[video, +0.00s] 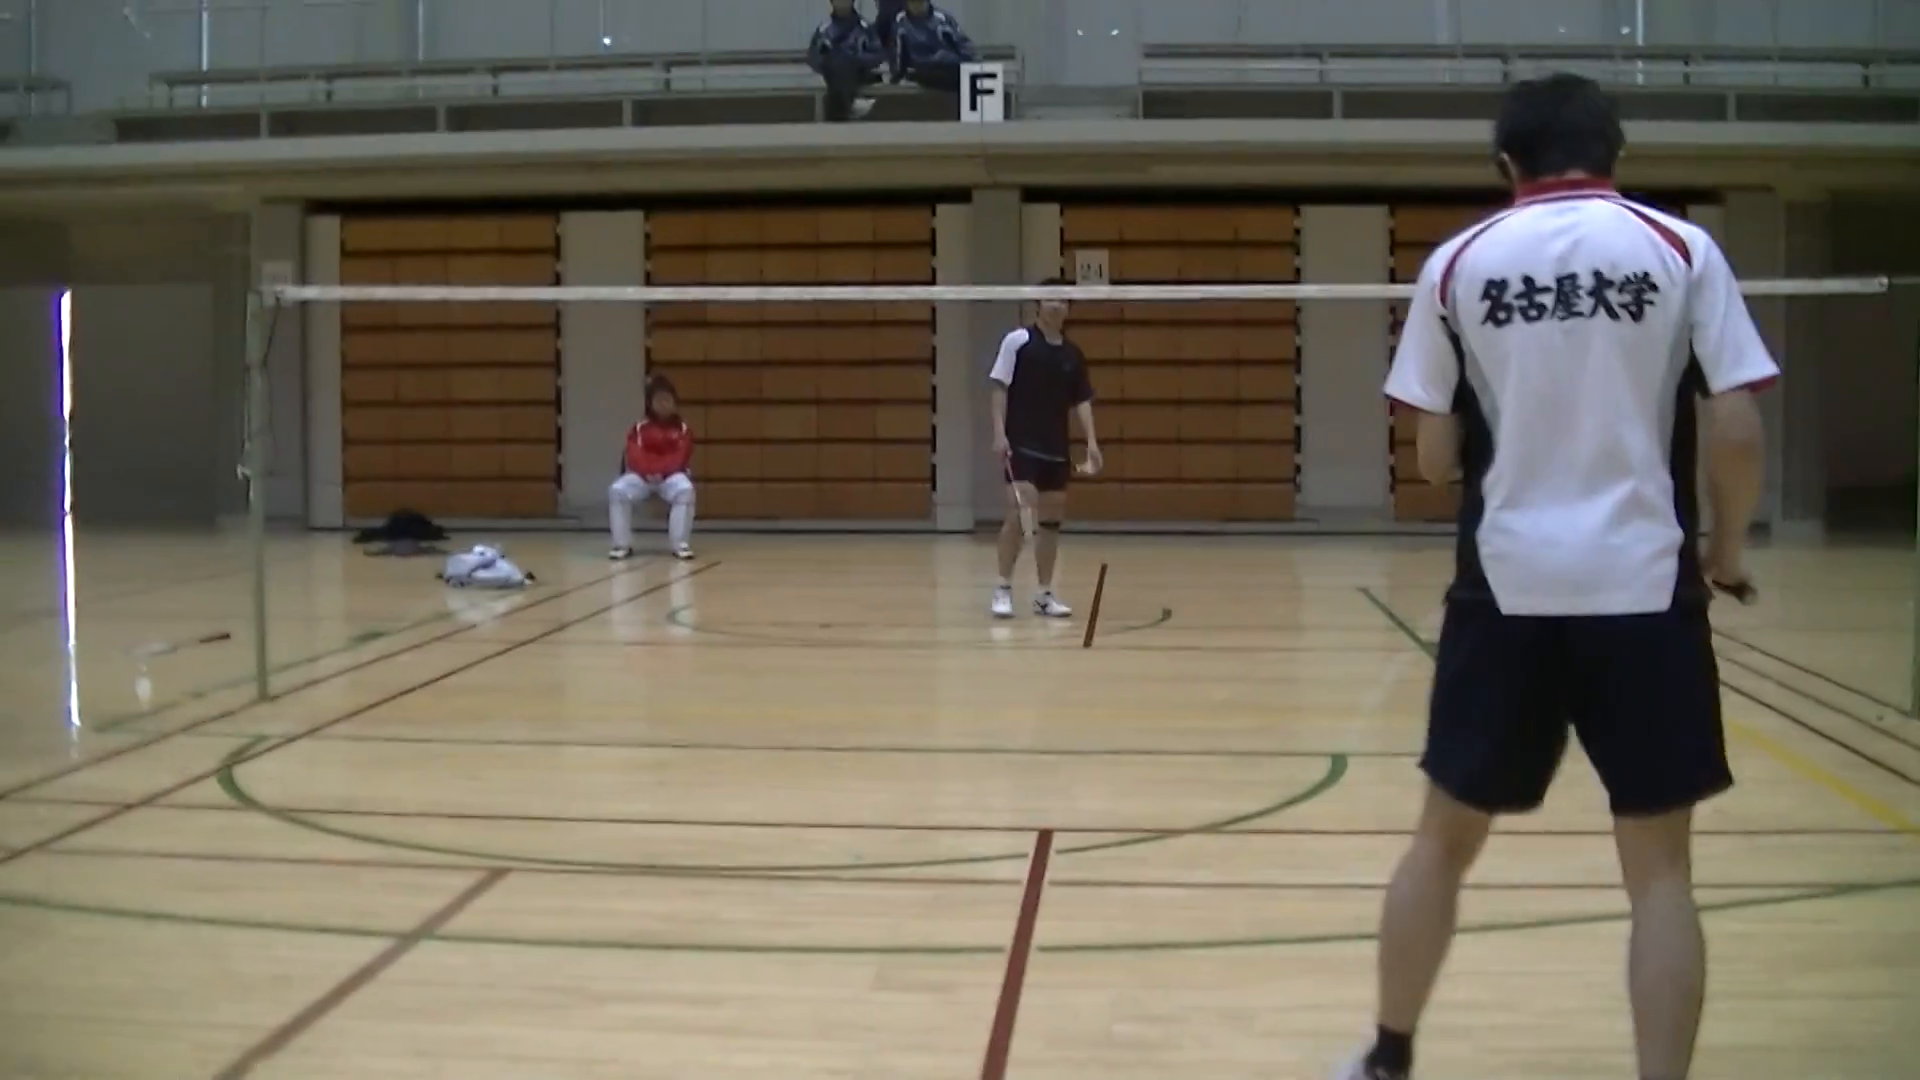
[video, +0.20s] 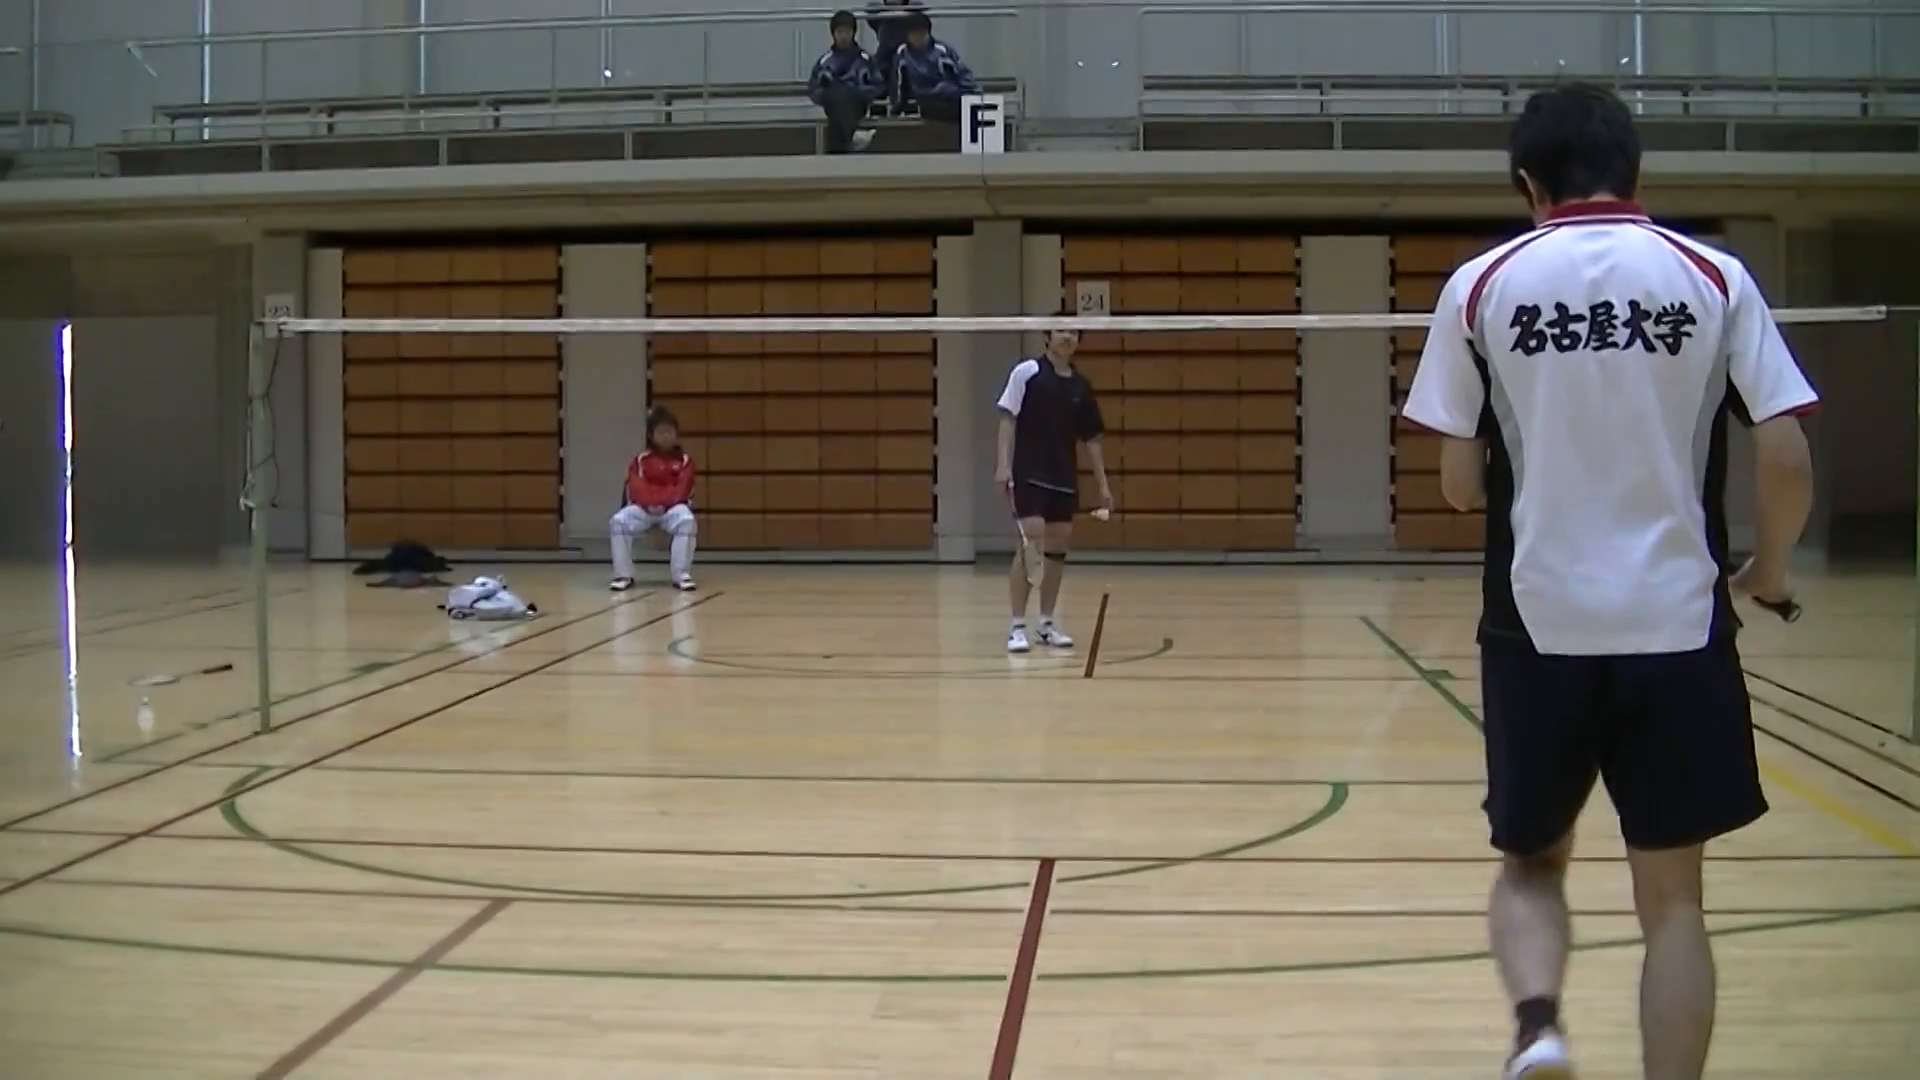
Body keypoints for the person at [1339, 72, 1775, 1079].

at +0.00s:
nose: (1506, 173)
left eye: (1503, 159)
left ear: (1508, 165)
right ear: (1613, 158)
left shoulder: (1458, 264)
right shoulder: (1686, 250)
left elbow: (1437, 458)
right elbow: (1735, 429)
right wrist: (1726, 550)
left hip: (1505, 604)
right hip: (1645, 606)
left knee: (1440, 842)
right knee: (1659, 872)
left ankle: (1388, 1058)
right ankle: (1663, 1078)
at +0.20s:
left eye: (1523, 179)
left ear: (1529, 183)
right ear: (1634, 174)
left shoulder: (1481, 287)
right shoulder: (1715, 276)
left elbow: (1462, 479)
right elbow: (1786, 457)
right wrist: (1770, 566)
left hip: (1539, 637)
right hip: (1675, 636)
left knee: (1530, 860)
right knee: (1673, 902)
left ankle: (1538, 1031)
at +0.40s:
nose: (1497, 207)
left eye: (1494, 196)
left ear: (1510, 195)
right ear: (1614, 187)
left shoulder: (1470, 296)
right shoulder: (1707, 281)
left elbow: (1452, 498)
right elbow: (1776, 458)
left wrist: (1517, 503)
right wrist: (1756, 583)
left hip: (1538, 657)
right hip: (1677, 651)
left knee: (1544, 915)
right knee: (1668, 915)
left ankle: (1549, 1079)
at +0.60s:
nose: (1482, 223)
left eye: (1477, 210)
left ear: (1491, 205)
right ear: (1598, 189)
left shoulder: (1455, 299)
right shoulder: (1694, 274)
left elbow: (1441, 505)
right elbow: (1767, 443)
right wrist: (1746, 583)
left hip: (1530, 650)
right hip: (1671, 644)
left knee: (1536, 919)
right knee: (1655, 895)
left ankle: (1544, 1079)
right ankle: (1654, 1073)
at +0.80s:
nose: (1494, 207)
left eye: (1492, 191)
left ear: (1503, 191)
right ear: (1608, 173)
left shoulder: (1463, 295)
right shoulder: (1701, 274)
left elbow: (1446, 496)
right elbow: (1770, 453)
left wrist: (1510, 524)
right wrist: (1749, 589)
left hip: (1525, 646)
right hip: (1667, 643)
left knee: (1530, 919)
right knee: (1662, 905)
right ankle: (1627, 1072)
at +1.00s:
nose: (1542, 182)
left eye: (1538, 169)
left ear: (1541, 178)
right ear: (1651, 173)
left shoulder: (1485, 298)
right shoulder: (1726, 299)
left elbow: (1453, 500)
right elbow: (1769, 498)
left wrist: (1504, 587)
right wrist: (1767, 654)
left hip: (1528, 665)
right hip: (1668, 669)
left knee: (1545, 905)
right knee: (1661, 934)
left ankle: (1542, 1077)